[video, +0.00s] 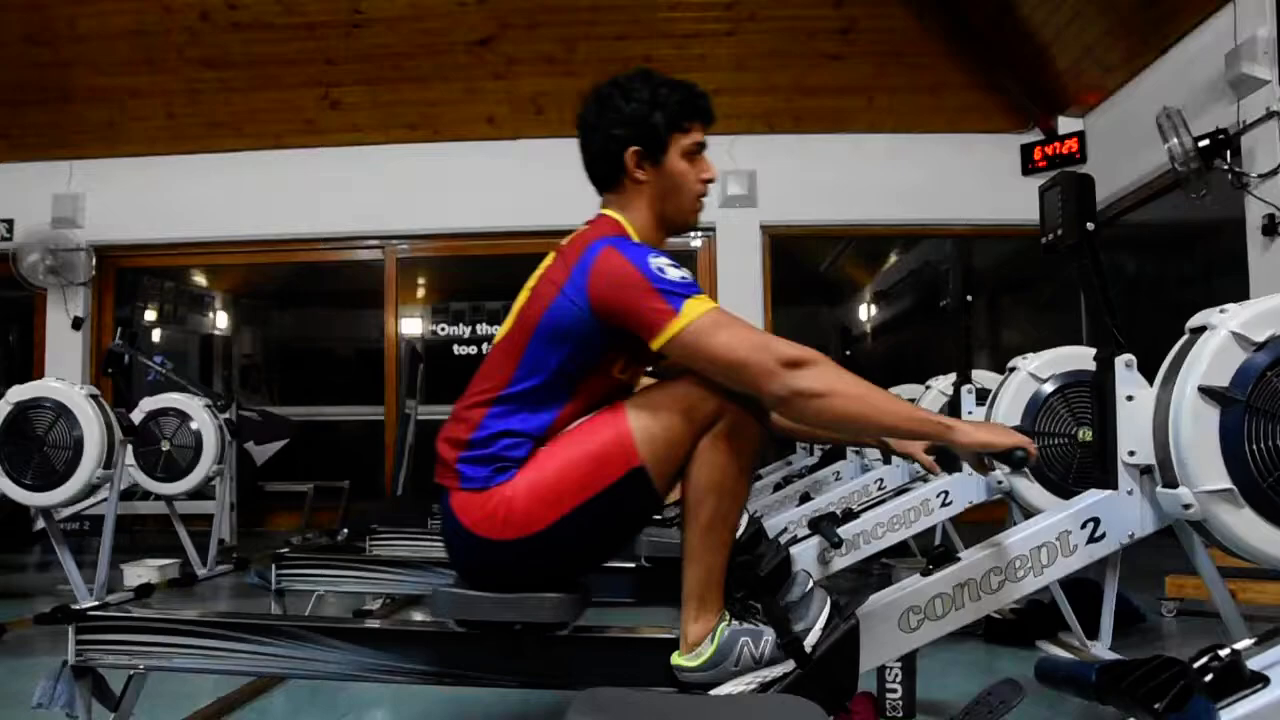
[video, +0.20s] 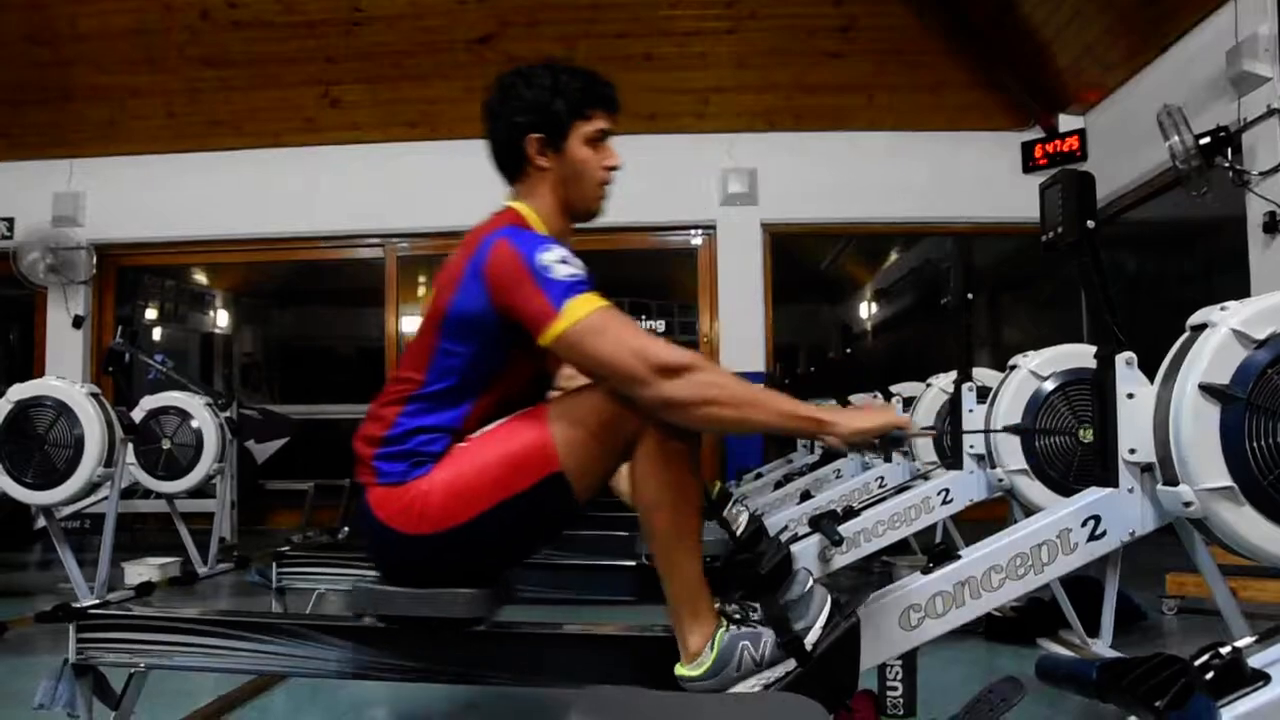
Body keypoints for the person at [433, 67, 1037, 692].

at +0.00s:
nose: (710, 172)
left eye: (707, 154)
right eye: (694, 155)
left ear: (641, 167)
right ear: (638, 164)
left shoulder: (626, 257)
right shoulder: (614, 262)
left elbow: (763, 387)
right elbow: (786, 371)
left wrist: (887, 434)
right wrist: (948, 427)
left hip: (515, 502)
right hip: (498, 516)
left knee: (721, 387)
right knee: (725, 395)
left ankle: (703, 613)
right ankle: (702, 642)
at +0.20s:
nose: (615, 160)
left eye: (611, 141)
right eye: (597, 141)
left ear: (550, 156)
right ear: (541, 152)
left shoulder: (529, 246)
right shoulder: (516, 250)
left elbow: (656, 363)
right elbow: (662, 383)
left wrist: (813, 416)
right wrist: (827, 423)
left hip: (438, 497)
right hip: (413, 511)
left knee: (660, 379)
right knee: (649, 401)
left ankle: (702, 597)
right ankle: (699, 644)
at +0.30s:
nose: (533, 154)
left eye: (531, 137)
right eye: (515, 136)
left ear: (468, 151)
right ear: (457, 145)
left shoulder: (449, 245)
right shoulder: (436, 248)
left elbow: (566, 366)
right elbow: (579, 374)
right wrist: (744, 414)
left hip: (372, 493)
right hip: (346, 506)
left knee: (582, 402)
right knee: (587, 421)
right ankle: (699, 649)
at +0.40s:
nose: (449, 146)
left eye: (447, 129)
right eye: (429, 128)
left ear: (385, 144)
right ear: (368, 141)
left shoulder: (392, 254)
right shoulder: (345, 242)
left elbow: (484, 380)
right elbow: (481, 367)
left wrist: (601, 457)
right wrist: (649, 397)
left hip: (318, 491)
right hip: (274, 501)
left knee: (541, 440)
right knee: (529, 450)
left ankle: (698, 628)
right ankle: (699, 650)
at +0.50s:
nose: (359, 136)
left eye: (356, 119)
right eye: (336, 119)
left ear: (310, 135)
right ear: (276, 133)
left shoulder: (327, 255)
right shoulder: (258, 237)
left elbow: (407, 357)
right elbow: (381, 364)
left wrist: (542, 390)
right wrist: (551, 388)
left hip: (273, 477)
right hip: (223, 489)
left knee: (509, 488)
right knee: (488, 495)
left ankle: (705, 630)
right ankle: (701, 655)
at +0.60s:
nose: (267, 134)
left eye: (268, 117)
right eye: (245, 117)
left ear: (258, 132)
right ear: (187, 131)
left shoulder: (265, 263)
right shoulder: (174, 238)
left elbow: (359, 367)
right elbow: (274, 360)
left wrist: (465, 385)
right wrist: (452, 374)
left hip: (249, 477)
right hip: (197, 492)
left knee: (497, 511)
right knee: (472, 520)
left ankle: (697, 629)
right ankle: (694, 647)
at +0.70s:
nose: (194, 143)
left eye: (195, 127)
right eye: (172, 126)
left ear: (187, 141)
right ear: (111, 143)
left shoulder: (201, 269)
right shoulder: (98, 251)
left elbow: (292, 387)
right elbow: (171, 373)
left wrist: (394, 359)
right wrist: (360, 351)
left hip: (257, 462)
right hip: (193, 482)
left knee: (477, 515)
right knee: (450, 527)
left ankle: (702, 622)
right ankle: (705, 643)